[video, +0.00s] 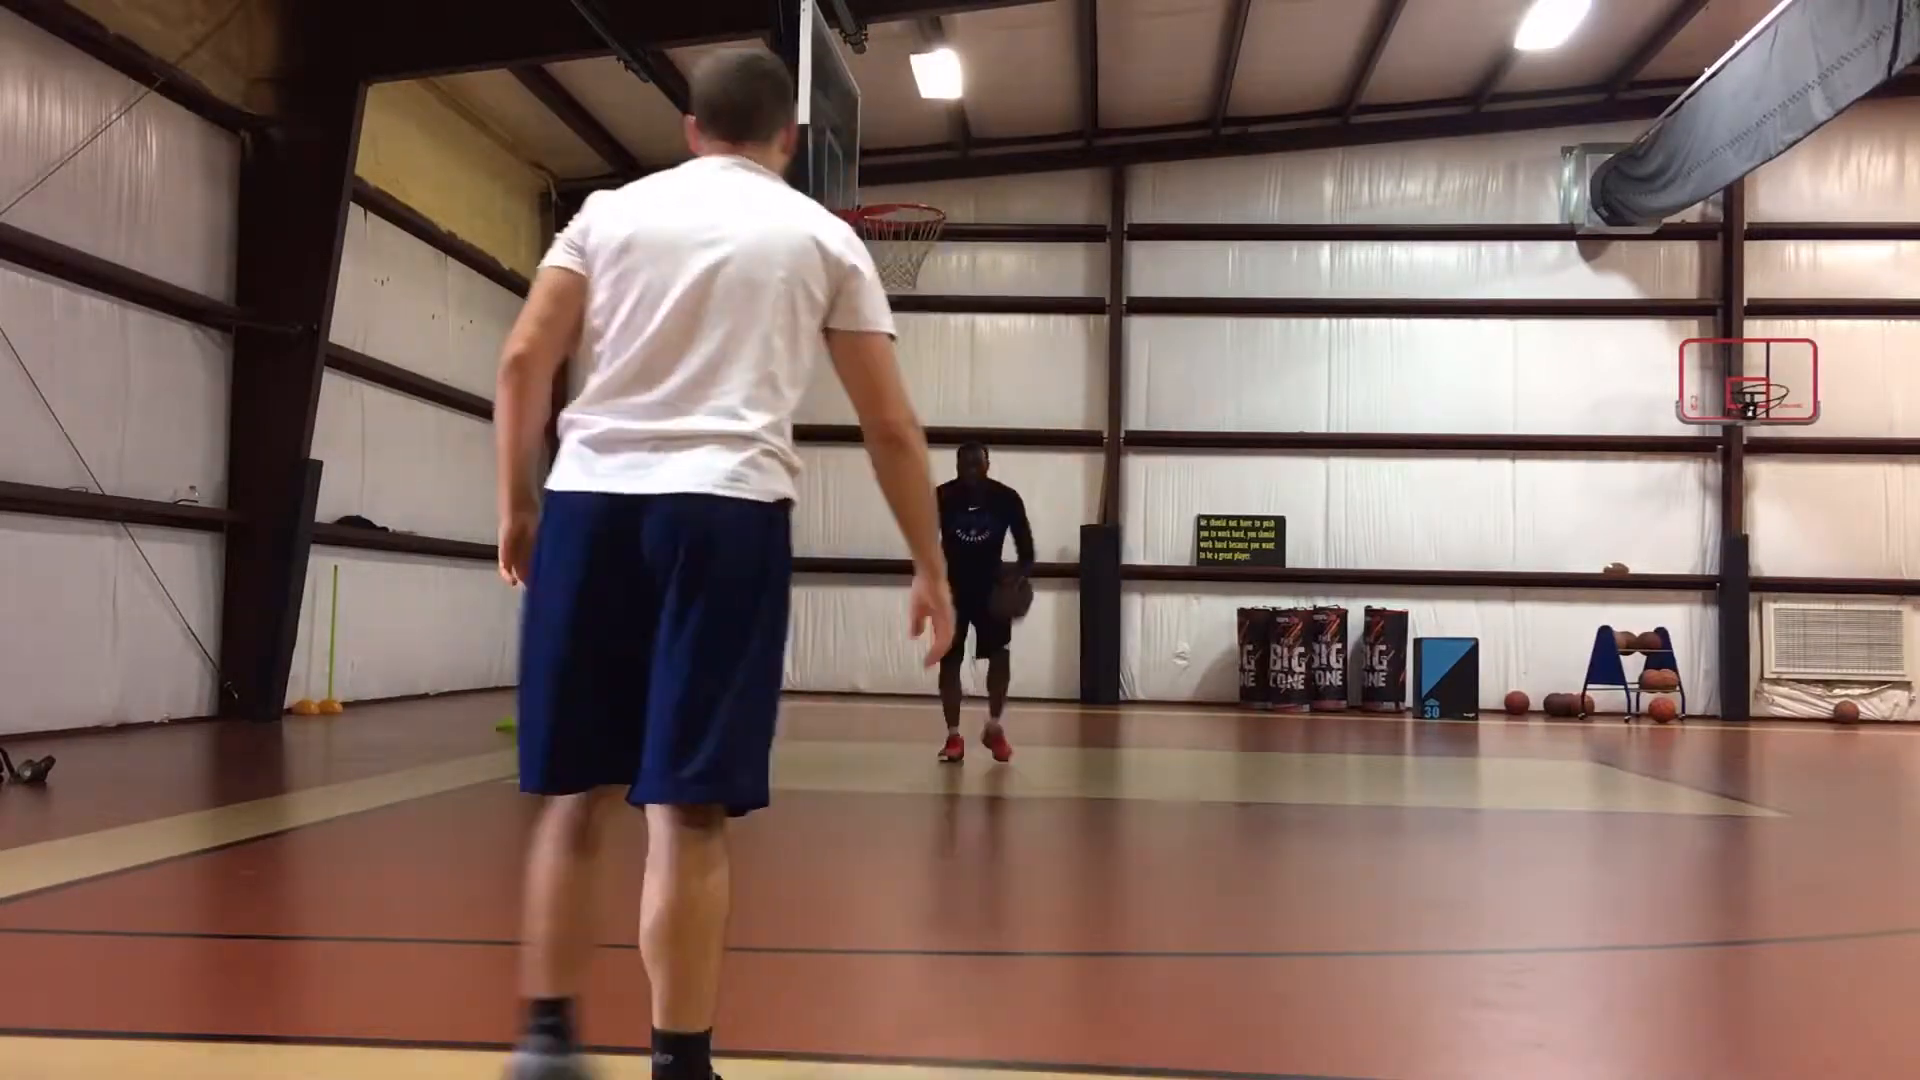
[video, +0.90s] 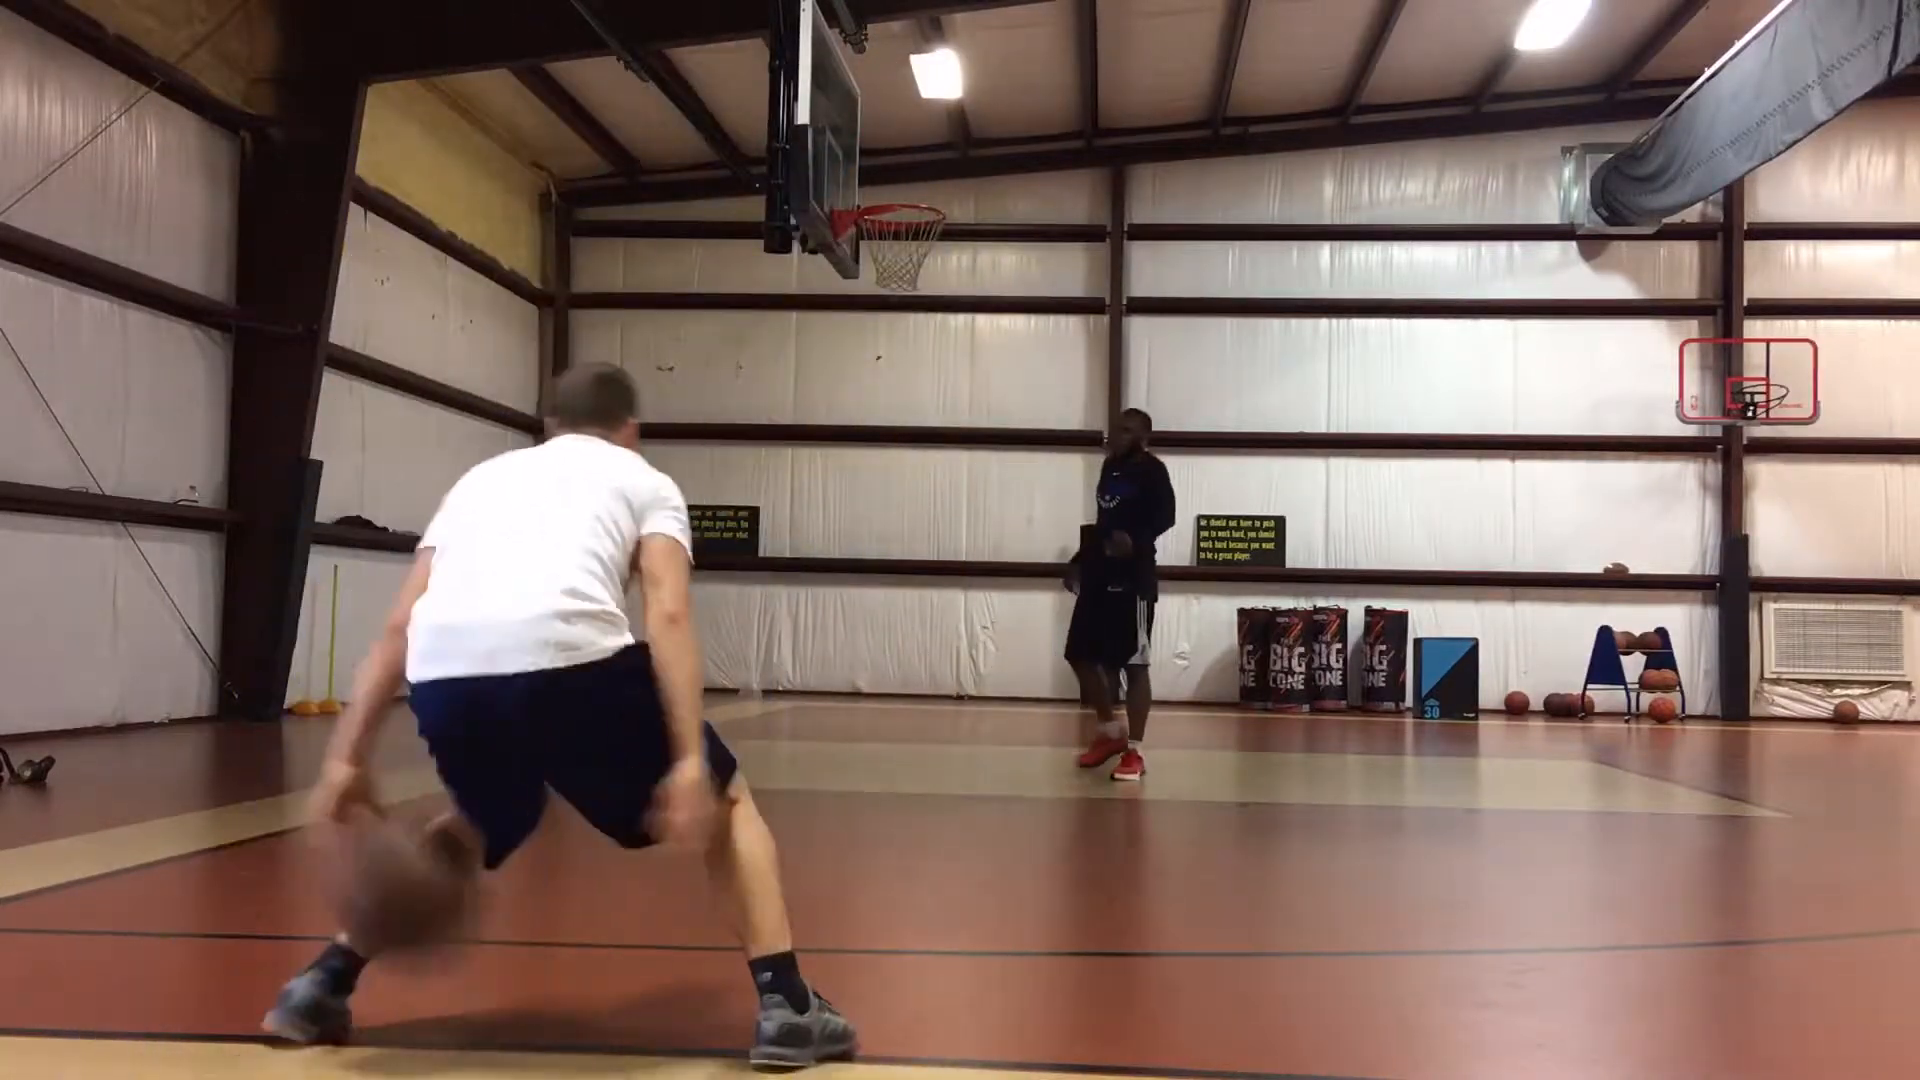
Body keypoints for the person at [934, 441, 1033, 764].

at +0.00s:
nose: (972, 471)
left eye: (977, 465)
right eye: (967, 465)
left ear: (987, 464)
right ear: (958, 466)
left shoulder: (1006, 498)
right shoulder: (942, 496)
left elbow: (1026, 550)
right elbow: (927, 540)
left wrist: (1018, 577)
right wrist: (932, 580)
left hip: (991, 590)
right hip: (952, 588)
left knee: (1000, 657)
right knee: (950, 662)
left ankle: (994, 725)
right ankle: (953, 735)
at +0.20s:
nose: (1014, 440)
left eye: (1018, 431)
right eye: (1009, 432)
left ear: (1029, 436)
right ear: (1004, 439)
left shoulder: (1053, 470)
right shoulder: (989, 470)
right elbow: (971, 476)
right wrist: (976, 442)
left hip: (1036, 575)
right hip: (1001, 574)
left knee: (1026, 662)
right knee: (1006, 658)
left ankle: (1010, 735)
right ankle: (1007, 736)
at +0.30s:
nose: (1024, 432)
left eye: (1028, 424)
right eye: (1018, 425)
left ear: (1038, 427)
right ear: (1008, 431)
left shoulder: (1066, 465)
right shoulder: (996, 471)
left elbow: (1081, 516)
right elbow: (989, 516)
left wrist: (1078, 550)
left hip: (1061, 577)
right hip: (1018, 578)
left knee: (1077, 654)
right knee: (1018, 662)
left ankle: (1064, 722)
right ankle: (1019, 745)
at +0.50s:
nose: (1083, 435)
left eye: (1090, 428)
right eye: (1080, 428)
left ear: (1106, 433)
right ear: (1075, 433)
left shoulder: (1129, 474)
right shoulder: (1065, 471)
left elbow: (1150, 529)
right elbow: (1048, 520)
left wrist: (1141, 576)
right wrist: (1017, 561)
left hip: (1113, 581)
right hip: (1070, 580)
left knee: (1122, 668)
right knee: (1051, 663)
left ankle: (1131, 751)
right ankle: (1036, 751)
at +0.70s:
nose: (1110, 435)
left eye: (1117, 429)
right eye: (1107, 428)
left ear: (1132, 435)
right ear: (1100, 431)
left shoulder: (1145, 474)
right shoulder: (1091, 466)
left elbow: (1154, 533)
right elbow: (1087, 522)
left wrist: (1154, 588)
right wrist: (1072, 568)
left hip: (1128, 583)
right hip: (1087, 581)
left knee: (1133, 667)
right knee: (1069, 663)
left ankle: (1132, 751)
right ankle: (1051, 748)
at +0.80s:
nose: (1112, 436)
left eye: (1122, 431)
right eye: (1111, 429)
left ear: (1139, 437)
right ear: (1107, 430)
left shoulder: (1149, 472)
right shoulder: (1101, 468)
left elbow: (1159, 525)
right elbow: (1098, 525)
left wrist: (1139, 565)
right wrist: (1079, 564)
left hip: (1130, 580)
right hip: (1093, 576)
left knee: (1134, 665)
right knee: (1070, 657)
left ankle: (1132, 751)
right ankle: (1078, 744)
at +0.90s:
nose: (1119, 436)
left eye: (1128, 430)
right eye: (1117, 429)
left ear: (1145, 436)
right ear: (1112, 431)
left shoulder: (1153, 469)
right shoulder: (1110, 468)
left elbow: (1165, 517)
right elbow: (1106, 525)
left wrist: (1133, 539)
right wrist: (1079, 562)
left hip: (1134, 579)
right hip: (1101, 577)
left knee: (1135, 665)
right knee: (1080, 654)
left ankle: (1134, 751)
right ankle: (1109, 732)